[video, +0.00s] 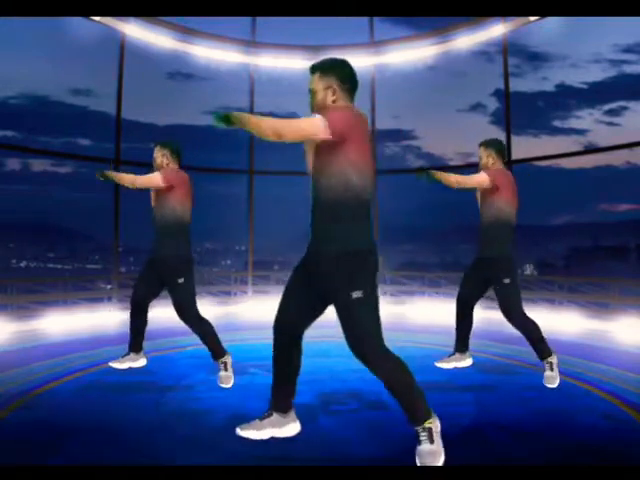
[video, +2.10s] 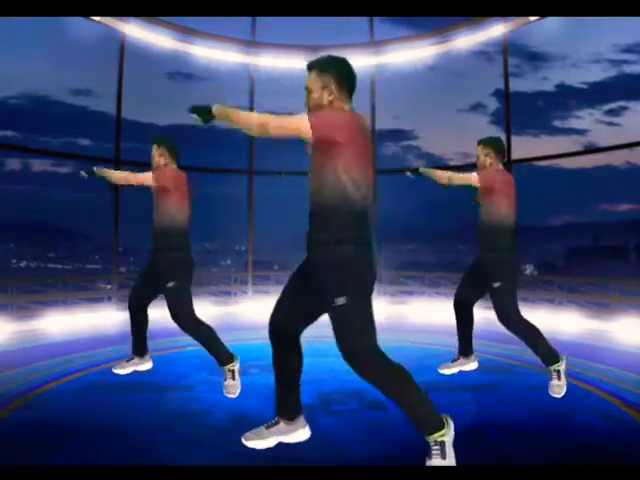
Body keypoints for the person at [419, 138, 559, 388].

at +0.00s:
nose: (480, 162)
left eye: (482, 157)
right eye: (480, 158)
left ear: (492, 156)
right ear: (497, 157)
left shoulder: (496, 176)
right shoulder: (501, 179)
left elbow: (458, 182)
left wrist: (433, 173)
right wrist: (441, 176)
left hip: (499, 258)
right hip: (489, 256)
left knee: (513, 313)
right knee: (464, 300)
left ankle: (548, 359)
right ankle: (461, 354)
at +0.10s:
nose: (480, 164)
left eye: (483, 159)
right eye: (479, 160)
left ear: (495, 158)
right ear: (486, 161)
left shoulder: (511, 178)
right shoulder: (490, 183)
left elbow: (500, 196)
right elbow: (480, 208)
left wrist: (480, 182)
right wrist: (476, 190)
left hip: (510, 259)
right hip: (489, 259)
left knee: (521, 312)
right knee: (469, 302)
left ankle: (546, 363)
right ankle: (461, 353)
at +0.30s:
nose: (487, 168)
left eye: (490, 162)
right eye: (485, 163)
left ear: (505, 160)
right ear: (487, 165)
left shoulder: (526, 181)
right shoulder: (492, 190)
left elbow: (532, 212)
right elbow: (478, 216)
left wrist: (508, 183)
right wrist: (470, 193)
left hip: (524, 261)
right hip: (498, 260)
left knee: (533, 316)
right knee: (473, 304)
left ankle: (548, 365)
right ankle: (462, 354)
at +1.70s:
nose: (493, 156)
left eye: (497, 151)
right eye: (491, 152)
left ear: (513, 153)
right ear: (491, 156)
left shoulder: (532, 178)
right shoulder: (485, 183)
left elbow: (539, 206)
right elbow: (458, 195)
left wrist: (512, 180)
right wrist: (444, 181)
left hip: (525, 263)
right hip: (493, 262)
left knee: (540, 321)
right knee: (466, 305)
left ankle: (549, 370)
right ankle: (464, 354)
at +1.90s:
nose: (480, 158)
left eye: (485, 152)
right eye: (479, 153)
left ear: (501, 154)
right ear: (481, 157)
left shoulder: (519, 180)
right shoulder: (480, 183)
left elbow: (524, 215)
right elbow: (469, 200)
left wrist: (501, 190)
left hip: (512, 262)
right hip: (488, 260)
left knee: (524, 317)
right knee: (464, 304)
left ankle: (549, 368)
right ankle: (466, 357)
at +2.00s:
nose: (479, 160)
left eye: (483, 155)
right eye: (478, 155)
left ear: (496, 157)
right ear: (482, 158)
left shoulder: (502, 183)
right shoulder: (489, 180)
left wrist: (468, 181)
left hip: (503, 259)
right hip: (486, 257)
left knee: (510, 315)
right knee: (464, 301)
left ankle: (554, 362)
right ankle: (466, 356)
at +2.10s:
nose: (479, 161)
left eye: (482, 156)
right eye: (478, 157)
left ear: (494, 157)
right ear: (492, 158)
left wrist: (423, 171)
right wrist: (427, 171)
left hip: (500, 260)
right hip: (489, 258)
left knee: (509, 317)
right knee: (462, 301)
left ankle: (555, 362)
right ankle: (465, 357)